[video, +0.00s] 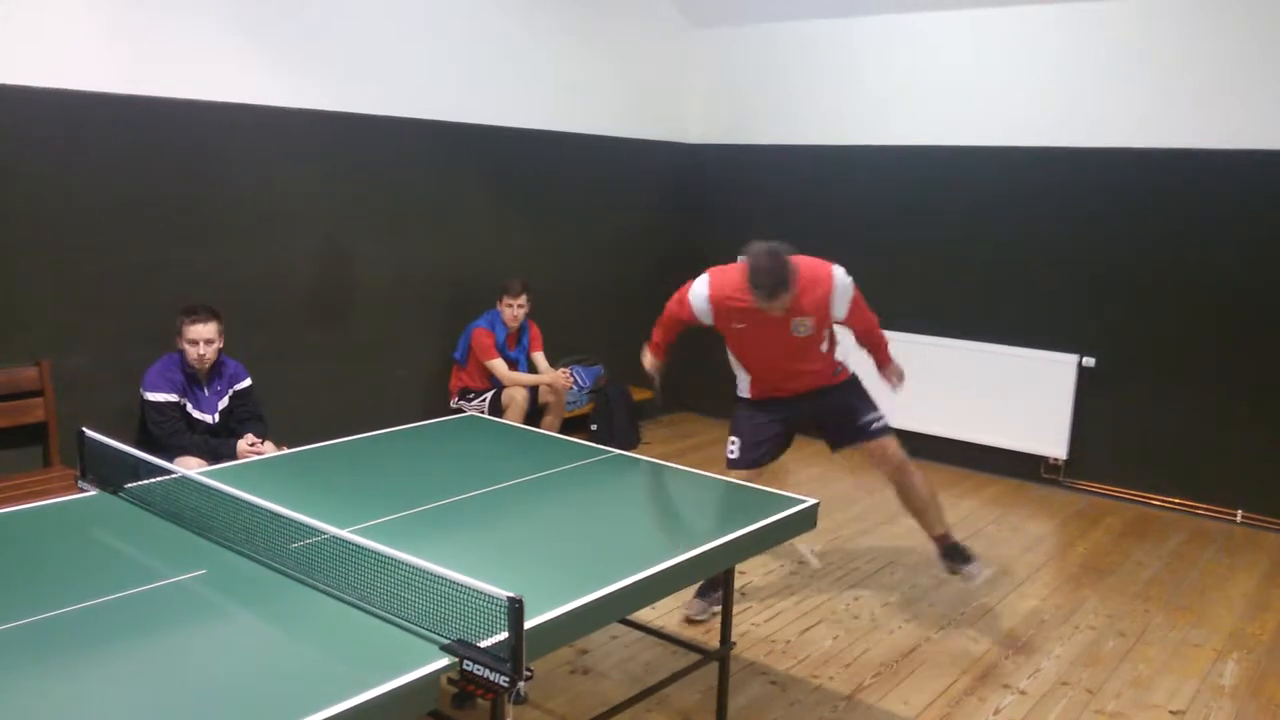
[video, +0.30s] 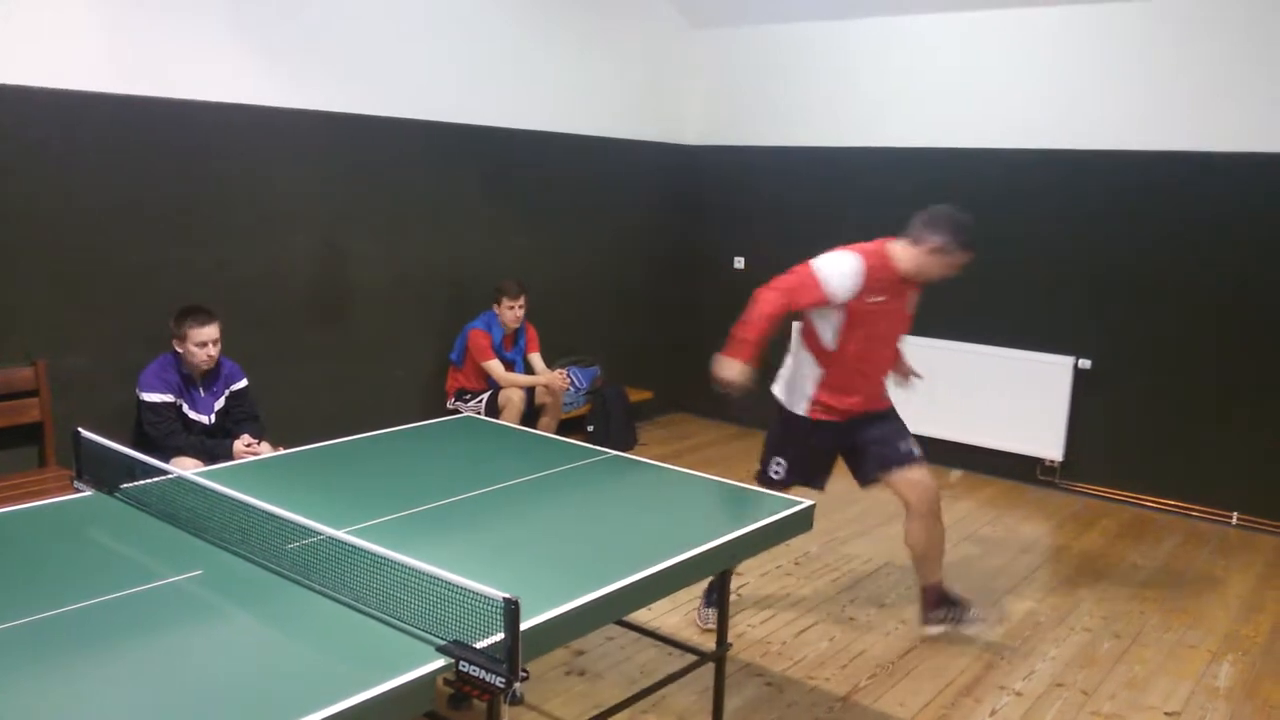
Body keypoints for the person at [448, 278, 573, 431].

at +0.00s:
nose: (515, 313)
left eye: (520, 307)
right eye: (509, 306)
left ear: (527, 308)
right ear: (499, 306)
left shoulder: (530, 329)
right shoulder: (481, 331)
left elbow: (544, 368)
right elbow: (505, 378)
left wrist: (558, 378)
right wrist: (550, 379)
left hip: (503, 391)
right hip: (467, 398)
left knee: (557, 392)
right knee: (519, 395)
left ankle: (545, 453)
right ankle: (506, 453)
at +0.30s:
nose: (517, 314)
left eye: (521, 307)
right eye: (510, 308)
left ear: (525, 308)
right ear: (496, 309)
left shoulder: (527, 331)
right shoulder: (478, 332)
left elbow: (541, 370)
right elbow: (502, 379)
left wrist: (554, 379)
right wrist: (547, 380)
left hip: (499, 392)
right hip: (464, 399)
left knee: (553, 394)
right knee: (515, 396)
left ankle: (541, 454)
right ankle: (502, 454)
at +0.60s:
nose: (517, 316)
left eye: (520, 310)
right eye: (510, 311)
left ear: (525, 309)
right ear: (496, 311)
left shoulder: (525, 333)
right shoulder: (476, 335)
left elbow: (540, 372)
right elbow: (501, 382)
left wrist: (553, 381)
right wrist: (545, 383)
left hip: (498, 395)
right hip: (463, 402)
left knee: (552, 396)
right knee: (514, 398)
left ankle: (540, 457)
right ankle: (501, 457)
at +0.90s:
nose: (504, 320)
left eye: (510, 314)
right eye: (499, 313)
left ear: (520, 316)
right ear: (491, 314)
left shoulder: (523, 339)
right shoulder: (474, 340)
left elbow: (538, 379)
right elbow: (498, 388)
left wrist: (552, 387)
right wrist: (542, 388)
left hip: (496, 401)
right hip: (461, 407)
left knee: (550, 403)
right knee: (510, 405)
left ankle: (536, 463)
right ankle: (498, 462)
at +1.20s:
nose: (504, 319)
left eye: (511, 314)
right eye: (499, 313)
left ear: (521, 316)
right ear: (492, 314)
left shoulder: (525, 338)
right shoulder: (475, 340)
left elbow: (539, 378)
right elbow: (499, 387)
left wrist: (553, 387)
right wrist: (543, 387)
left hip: (498, 400)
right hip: (462, 406)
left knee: (551, 401)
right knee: (511, 404)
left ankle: (539, 462)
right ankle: (502, 461)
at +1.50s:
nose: (501, 318)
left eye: (507, 312)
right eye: (495, 312)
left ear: (517, 314)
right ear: (488, 312)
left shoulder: (521, 336)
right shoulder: (471, 338)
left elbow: (535, 376)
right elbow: (496, 386)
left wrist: (549, 385)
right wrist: (540, 386)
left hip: (494, 399)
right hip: (458, 405)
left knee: (548, 400)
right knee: (508, 402)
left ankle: (536, 461)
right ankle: (496, 461)